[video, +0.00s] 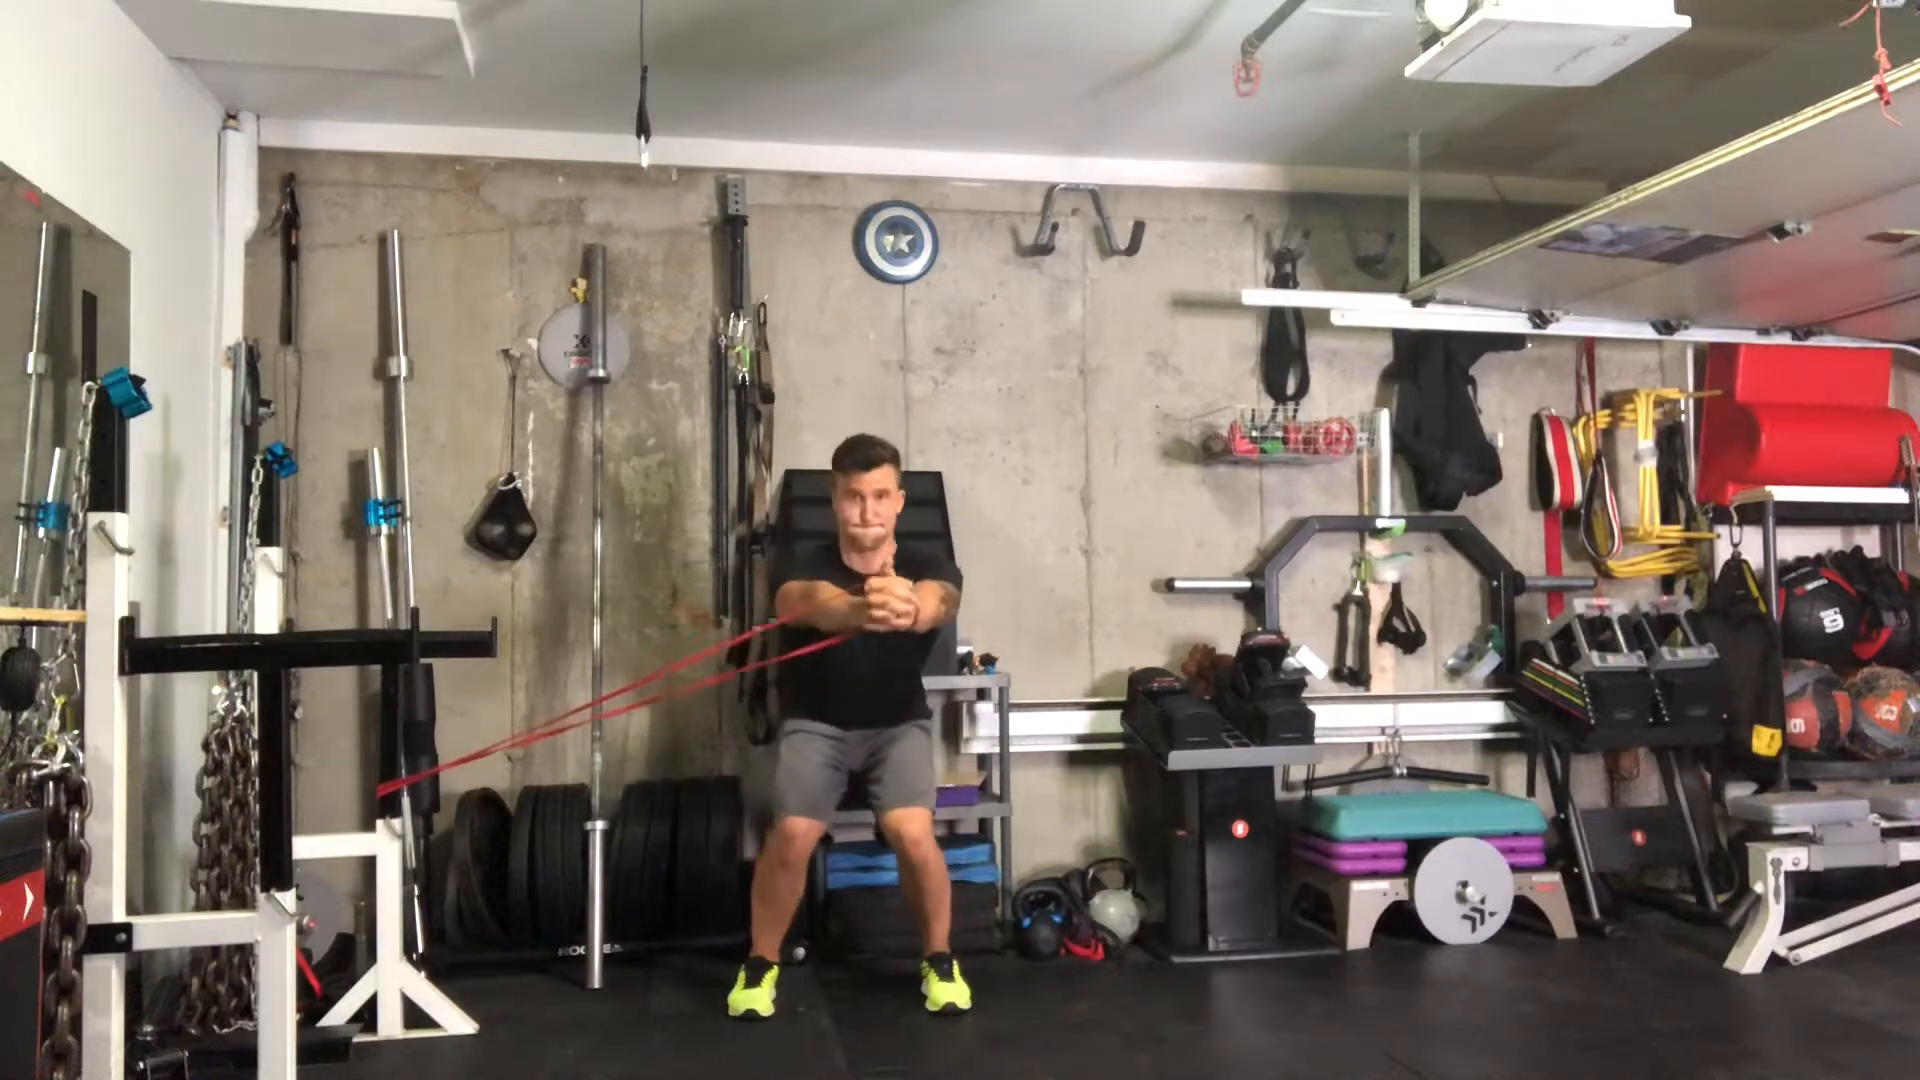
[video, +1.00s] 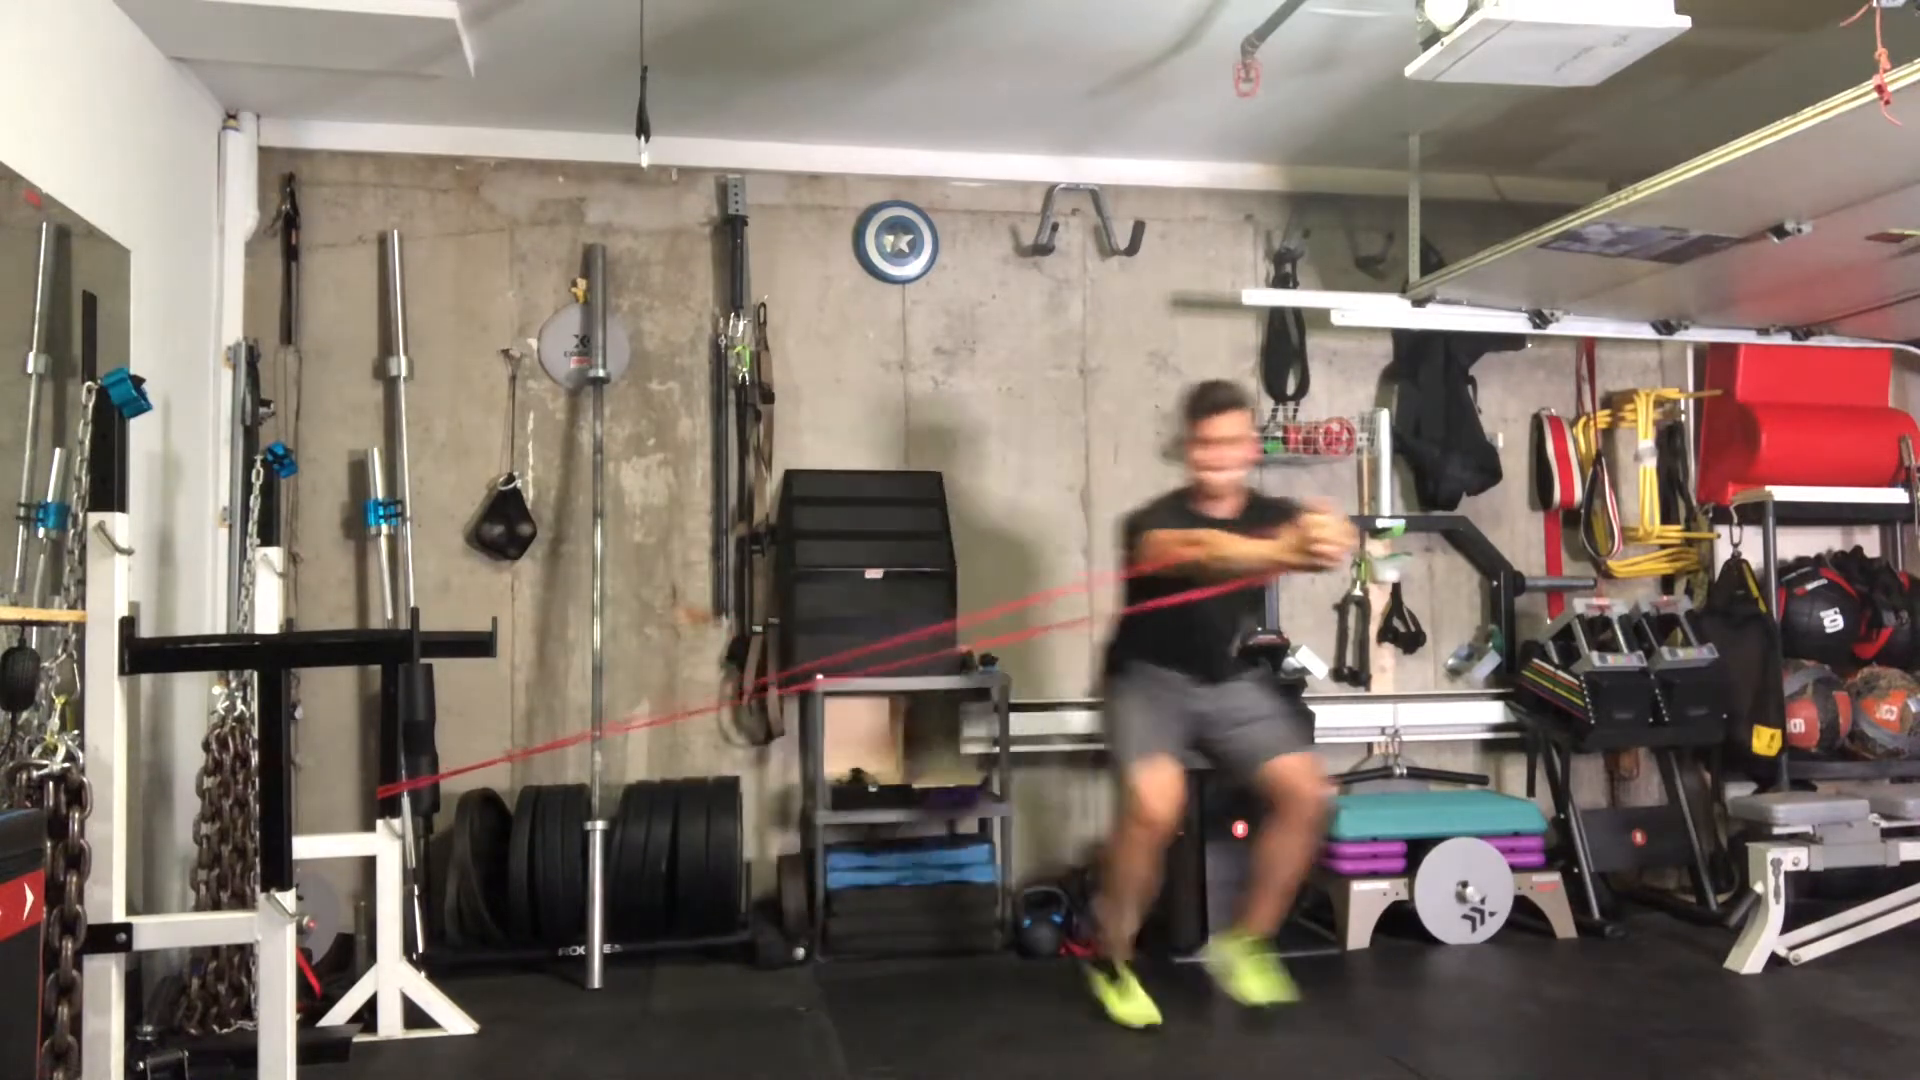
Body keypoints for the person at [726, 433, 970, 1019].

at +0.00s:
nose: (867, 513)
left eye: (880, 498)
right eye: (854, 499)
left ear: (900, 501)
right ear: (834, 502)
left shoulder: (929, 564)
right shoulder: (803, 567)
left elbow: (938, 600)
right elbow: (806, 606)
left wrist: (911, 608)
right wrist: (859, 611)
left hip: (900, 727)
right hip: (814, 727)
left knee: (909, 829)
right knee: (792, 833)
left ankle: (940, 962)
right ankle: (761, 967)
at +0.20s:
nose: (871, 520)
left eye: (885, 505)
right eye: (858, 506)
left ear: (905, 509)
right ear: (839, 509)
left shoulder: (935, 574)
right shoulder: (808, 576)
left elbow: (937, 609)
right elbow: (810, 617)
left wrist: (909, 623)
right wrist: (855, 623)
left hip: (901, 731)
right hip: (816, 730)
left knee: (901, 834)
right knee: (795, 835)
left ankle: (939, 961)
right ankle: (762, 967)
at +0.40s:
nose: (886, 530)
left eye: (899, 515)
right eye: (872, 516)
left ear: (919, 518)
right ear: (852, 519)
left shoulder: (953, 586)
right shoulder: (818, 586)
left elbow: (951, 621)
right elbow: (819, 630)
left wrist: (923, 633)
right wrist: (870, 636)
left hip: (912, 742)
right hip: (829, 739)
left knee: (907, 839)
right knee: (807, 845)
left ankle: (938, 961)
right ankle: (763, 966)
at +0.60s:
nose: (911, 524)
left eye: (925, 509)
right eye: (899, 510)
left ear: (950, 512)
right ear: (882, 518)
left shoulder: (986, 574)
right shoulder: (865, 591)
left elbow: (1013, 611)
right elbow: (877, 637)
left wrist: (1003, 618)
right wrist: (968, 632)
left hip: (967, 736)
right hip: (879, 742)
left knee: (1034, 818)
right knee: (832, 860)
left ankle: (994, 945)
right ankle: (765, 965)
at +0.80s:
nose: (1065, 471)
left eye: (1077, 456)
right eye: (1052, 458)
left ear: (1103, 456)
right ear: (1036, 464)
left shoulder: (1126, 527)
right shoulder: (1016, 542)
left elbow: (1167, 562)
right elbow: (1083, 573)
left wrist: (1210, 547)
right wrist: (1166, 561)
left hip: (1077, 711)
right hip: (991, 717)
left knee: (1170, 812)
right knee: (914, 834)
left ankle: (1190, 973)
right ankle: (780, 955)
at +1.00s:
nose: (1220, 456)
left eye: (1234, 442)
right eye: (1207, 443)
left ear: (1253, 449)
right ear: (1187, 449)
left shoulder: (1275, 516)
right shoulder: (1153, 525)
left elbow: (1325, 541)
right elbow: (1211, 553)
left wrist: (1332, 535)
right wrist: (1295, 551)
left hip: (1233, 680)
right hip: (1150, 681)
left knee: (1305, 792)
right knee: (1157, 804)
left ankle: (1245, 942)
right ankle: (1112, 958)